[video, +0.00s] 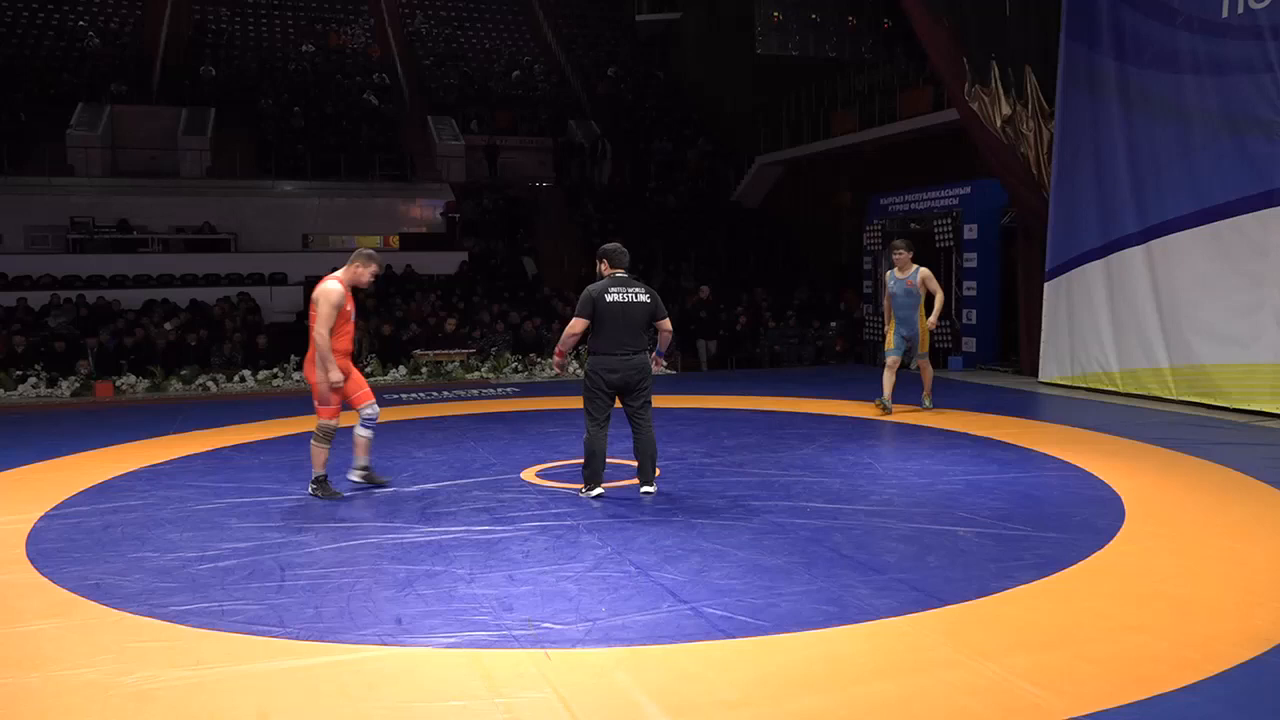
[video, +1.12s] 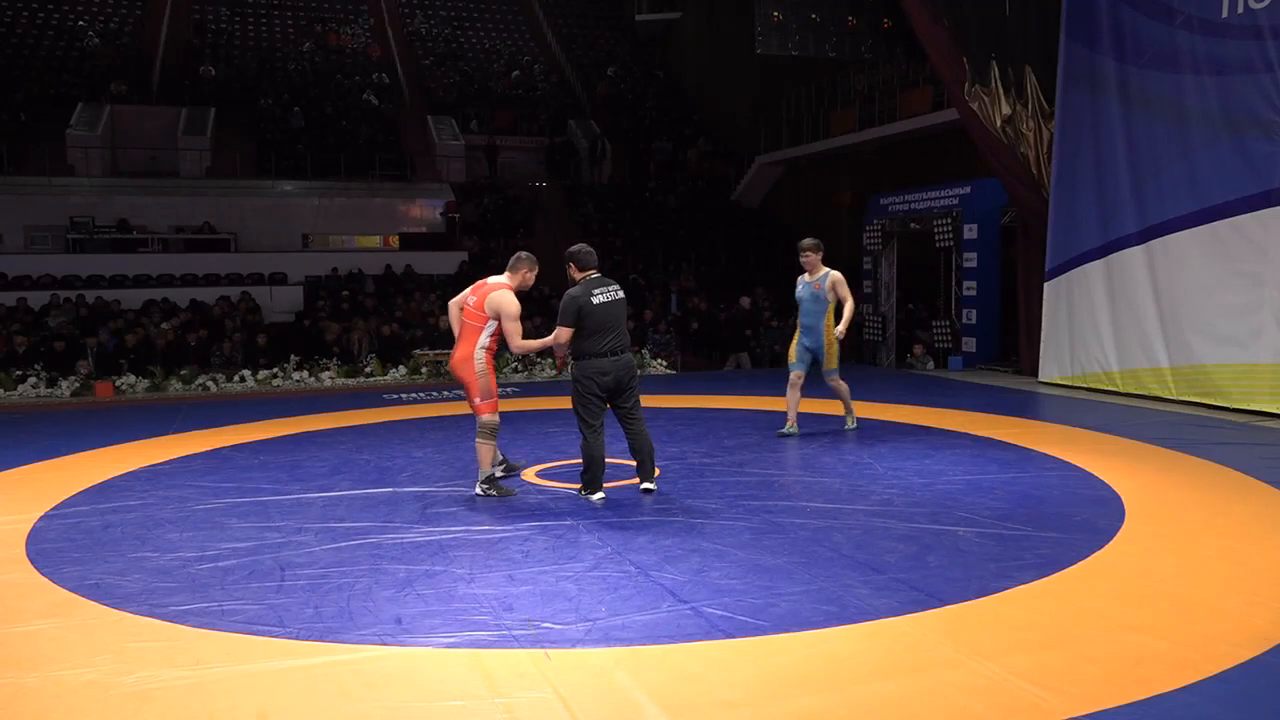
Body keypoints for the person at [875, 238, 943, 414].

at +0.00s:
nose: (896, 257)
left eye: (900, 254)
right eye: (894, 254)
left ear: (910, 255)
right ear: (892, 256)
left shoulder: (922, 273)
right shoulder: (889, 276)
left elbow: (939, 294)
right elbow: (887, 301)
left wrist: (934, 316)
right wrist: (887, 325)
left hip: (918, 326)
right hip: (896, 326)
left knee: (923, 362)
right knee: (891, 362)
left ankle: (927, 394)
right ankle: (886, 399)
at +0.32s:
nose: (873, 254)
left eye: (877, 251)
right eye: (871, 251)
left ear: (887, 251)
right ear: (868, 253)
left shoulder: (901, 270)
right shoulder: (866, 275)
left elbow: (915, 293)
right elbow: (860, 300)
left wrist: (914, 319)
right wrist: (855, 325)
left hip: (894, 326)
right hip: (873, 326)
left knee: (888, 362)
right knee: (877, 366)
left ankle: (898, 397)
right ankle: (883, 404)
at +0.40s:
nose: (868, 255)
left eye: (872, 252)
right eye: (866, 252)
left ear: (882, 252)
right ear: (863, 254)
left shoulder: (896, 272)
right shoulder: (860, 275)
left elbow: (910, 295)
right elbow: (852, 300)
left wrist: (909, 321)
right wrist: (844, 322)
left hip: (889, 326)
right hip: (868, 327)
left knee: (879, 362)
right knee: (874, 367)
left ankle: (883, 404)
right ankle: (882, 404)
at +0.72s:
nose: (847, 258)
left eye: (851, 254)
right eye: (845, 254)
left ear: (861, 255)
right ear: (843, 255)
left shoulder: (874, 278)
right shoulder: (839, 276)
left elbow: (885, 306)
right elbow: (830, 301)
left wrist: (887, 333)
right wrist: (821, 324)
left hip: (863, 331)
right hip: (843, 331)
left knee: (857, 373)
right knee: (843, 376)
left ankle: (856, 415)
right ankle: (867, 393)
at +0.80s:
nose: (839, 255)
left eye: (843, 252)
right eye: (837, 252)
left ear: (854, 253)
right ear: (835, 253)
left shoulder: (867, 275)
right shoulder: (833, 274)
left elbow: (879, 303)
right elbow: (827, 301)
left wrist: (878, 331)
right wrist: (821, 325)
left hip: (857, 332)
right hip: (836, 331)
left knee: (855, 373)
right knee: (829, 372)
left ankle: (856, 414)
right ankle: (853, 399)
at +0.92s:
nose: (827, 256)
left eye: (831, 252)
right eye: (825, 252)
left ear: (842, 252)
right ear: (823, 254)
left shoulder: (856, 274)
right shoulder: (822, 274)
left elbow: (870, 301)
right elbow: (820, 303)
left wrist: (864, 327)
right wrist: (820, 328)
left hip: (848, 334)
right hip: (826, 332)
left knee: (851, 375)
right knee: (813, 370)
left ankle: (854, 415)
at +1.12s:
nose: (804, 260)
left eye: (808, 256)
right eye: (802, 256)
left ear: (819, 256)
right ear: (799, 258)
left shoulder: (833, 277)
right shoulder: (800, 280)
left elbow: (848, 301)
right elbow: (803, 308)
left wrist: (843, 325)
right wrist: (800, 332)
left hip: (825, 338)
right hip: (802, 337)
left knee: (833, 380)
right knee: (794, 378)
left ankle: (849, 412)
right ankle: (791, 422)